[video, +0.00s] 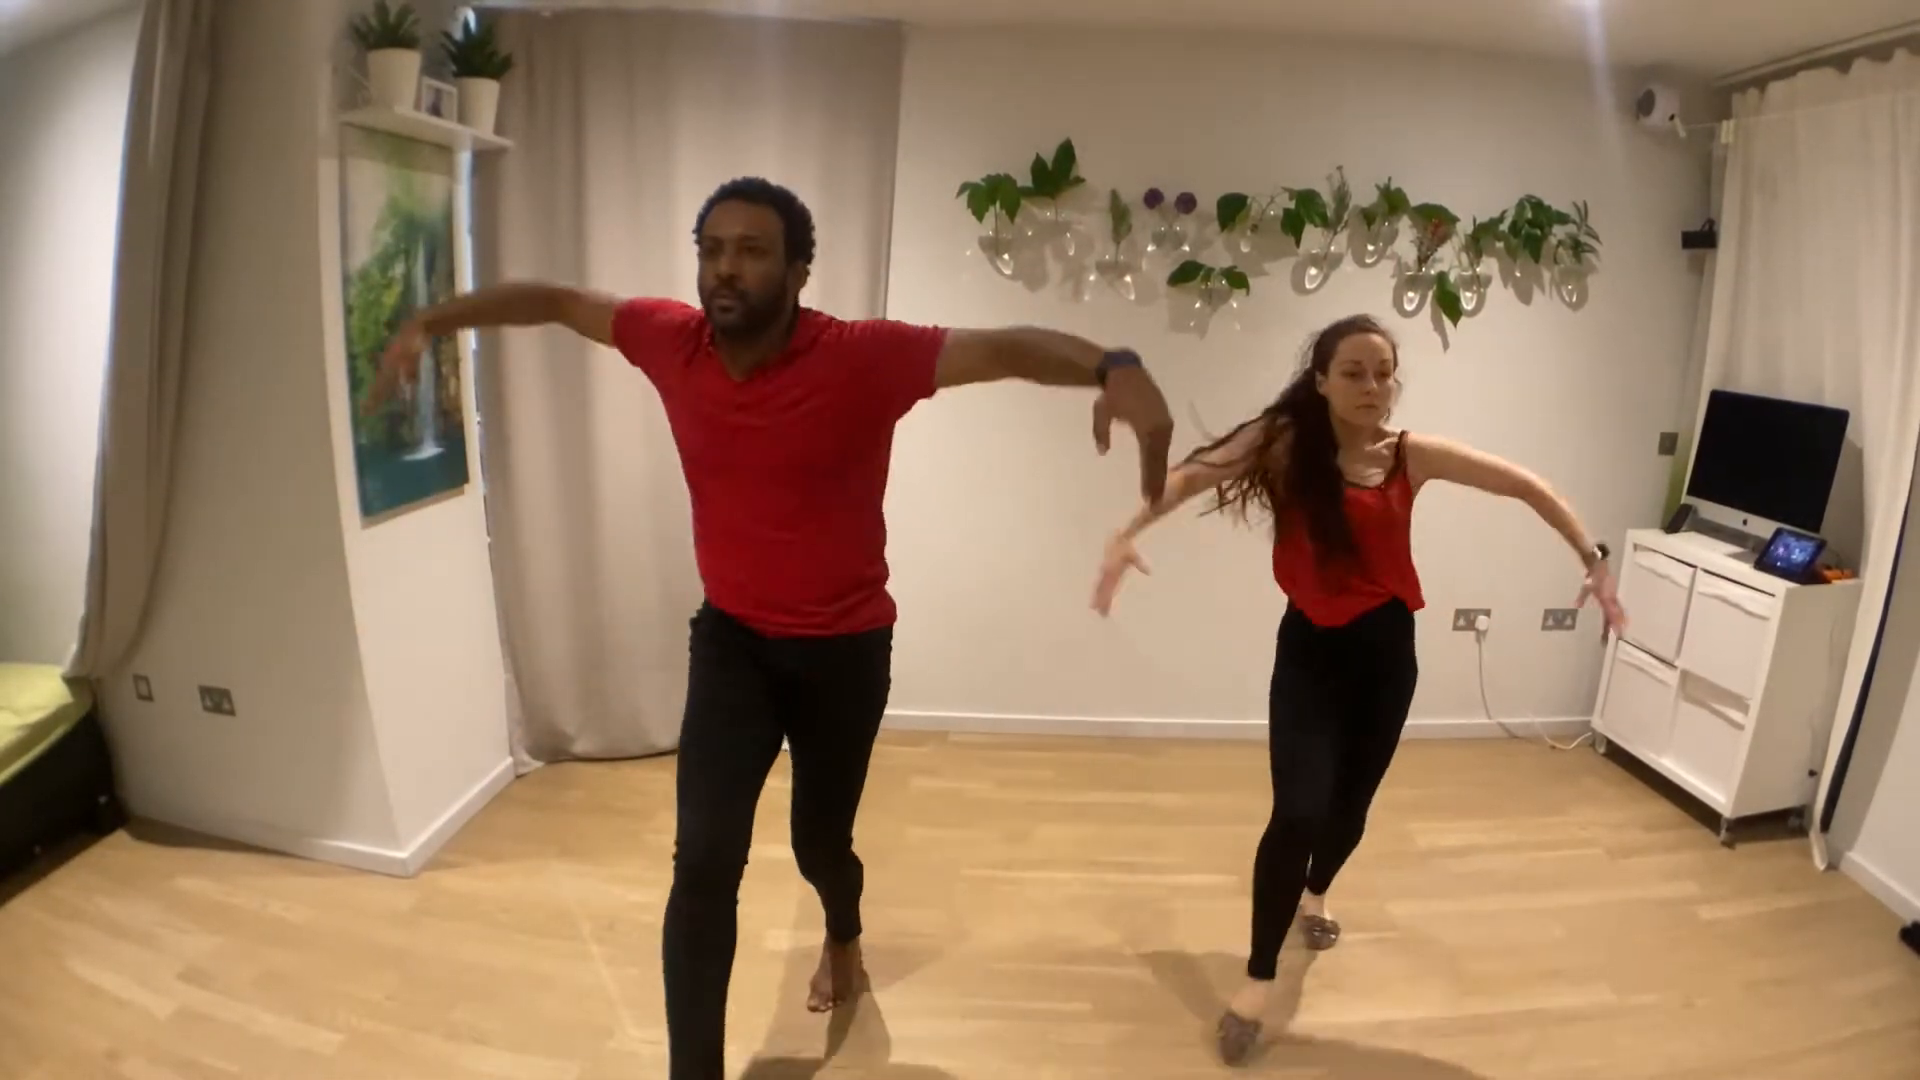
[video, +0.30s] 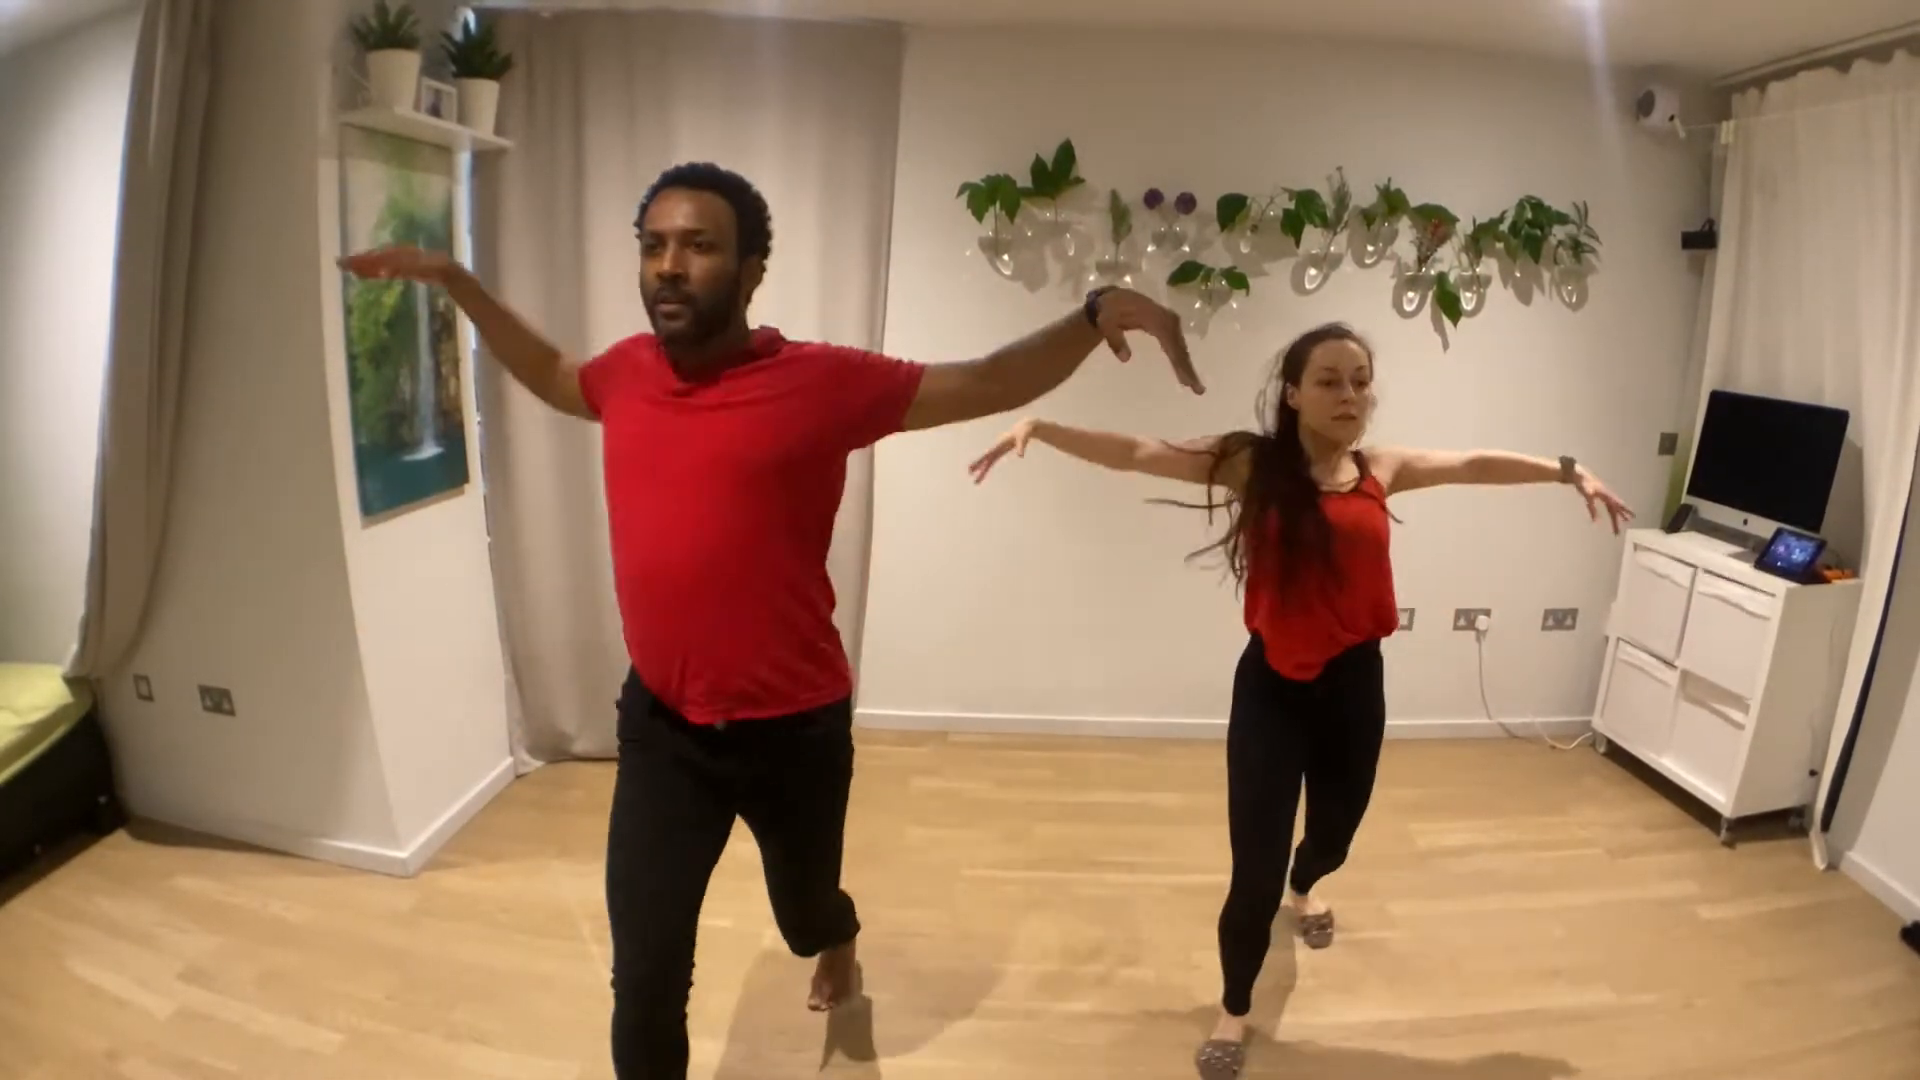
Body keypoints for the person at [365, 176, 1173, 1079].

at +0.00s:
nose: (729, 270)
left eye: (753, 253)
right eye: (715, 251)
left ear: (800, 271)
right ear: (696, 262)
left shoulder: (867, 356)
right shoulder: (670, 340)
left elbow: (1009, 350)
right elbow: (557, 303)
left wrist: (1117, 364)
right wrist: (432, 317)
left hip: (845, 645)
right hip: (733, 638)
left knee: (818, 842)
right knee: (705, 862)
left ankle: (843, 939)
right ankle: (693, 1073)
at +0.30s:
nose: (666, 267)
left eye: (696, 246)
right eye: (652, 245)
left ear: (752, 269)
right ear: (636, 259)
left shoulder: (817, 383)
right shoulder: (622, 376)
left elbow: (984, 384)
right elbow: (552, 376)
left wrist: (1097, 316)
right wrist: (452, 281)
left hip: (794, 727)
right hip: (663, 723)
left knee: (805, 912)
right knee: (645, 981)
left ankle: (836, 956)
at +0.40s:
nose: (650, 278)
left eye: (681, 254)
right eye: (637, 256)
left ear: (742, 278)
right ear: (621, 272)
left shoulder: (807, 408)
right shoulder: (615, 403)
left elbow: (984, 451)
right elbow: (538, 458)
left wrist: (1112, 366)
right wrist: (429, 357)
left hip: (774, 747)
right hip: (645, 743)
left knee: (785, 949)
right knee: (620, 1011)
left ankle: (843, 953)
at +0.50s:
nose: (647, 293)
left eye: (675, 272)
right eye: (633, 272)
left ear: (737, 291)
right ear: (617, 289)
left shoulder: (808, 430)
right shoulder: (607, 428)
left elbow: (986, 512)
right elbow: (505, 515)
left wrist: (1146, 466)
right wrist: (375, 422)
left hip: (767, 759)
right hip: (638, 756)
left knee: (781, 957)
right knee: (620, 1021)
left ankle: (848, 930)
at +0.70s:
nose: (668, 305)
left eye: (693, 283)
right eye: (653, 283)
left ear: (752, 298)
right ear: (641, 297)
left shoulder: (831, 434)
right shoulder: (617, 423)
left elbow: (980, 515)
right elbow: (467, 473)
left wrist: (1141, 559)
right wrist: (293, 470)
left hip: (803, 720)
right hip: (681, 719)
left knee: (816, 867)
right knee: (667, 952)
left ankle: (845, 897)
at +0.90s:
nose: (698, 295)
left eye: (723, 275)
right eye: (683, 274)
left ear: (772, 288)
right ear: (665, 285)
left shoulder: (837, 406)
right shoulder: (630, 400)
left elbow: (956, 509)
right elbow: (474, 468)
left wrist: (1061, 602)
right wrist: (322, 519)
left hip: (832, 667)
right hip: (717, 669)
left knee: (846, 796)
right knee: (692, 892)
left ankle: (855, 887)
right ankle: (741, 1047)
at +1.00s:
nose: (700, 290)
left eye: (725, 268)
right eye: (685, 269)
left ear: (775, 283)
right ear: (669, 279)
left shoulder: (836, 401)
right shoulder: (640, 396)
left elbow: (967, 530)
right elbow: (506, 496)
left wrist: (971, 684)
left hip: (830, 667)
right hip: (716, 670)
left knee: (843, 796)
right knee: (714, 894)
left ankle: (858, 884)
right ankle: (776, 986)